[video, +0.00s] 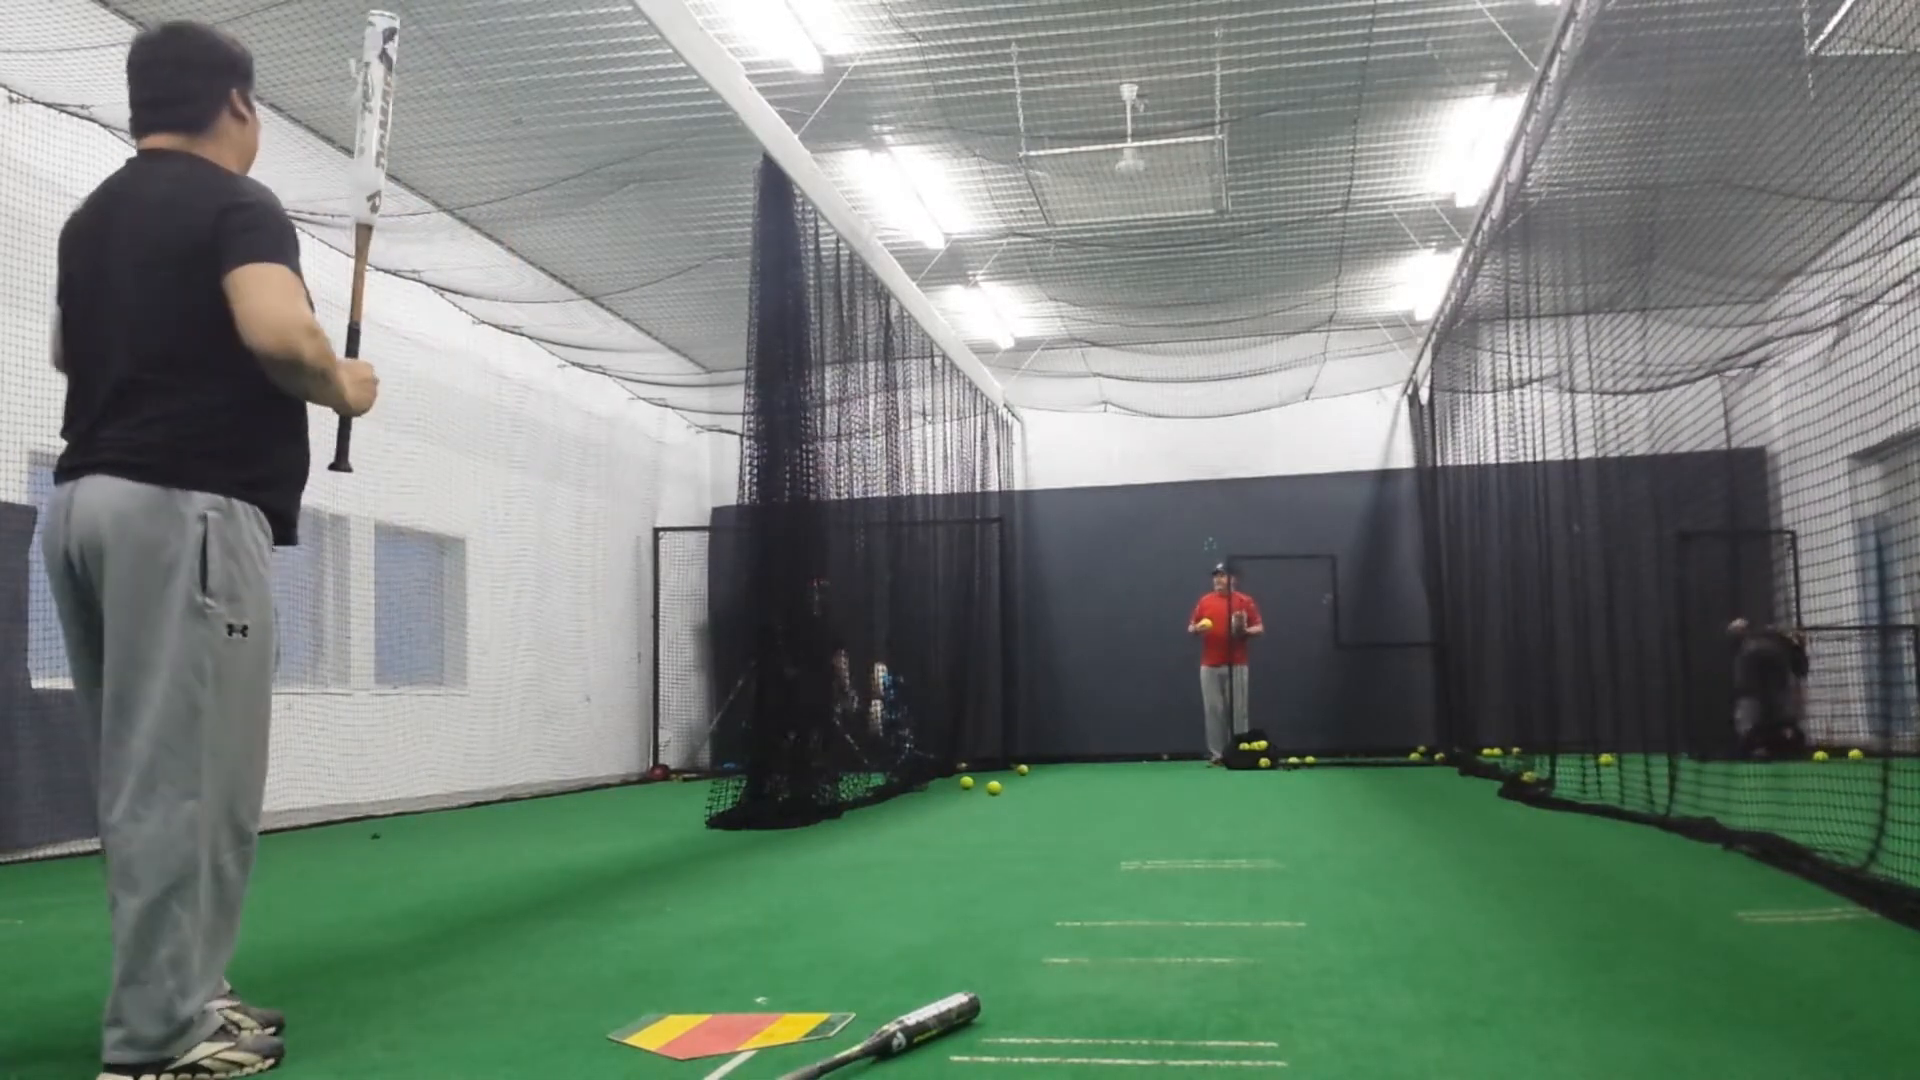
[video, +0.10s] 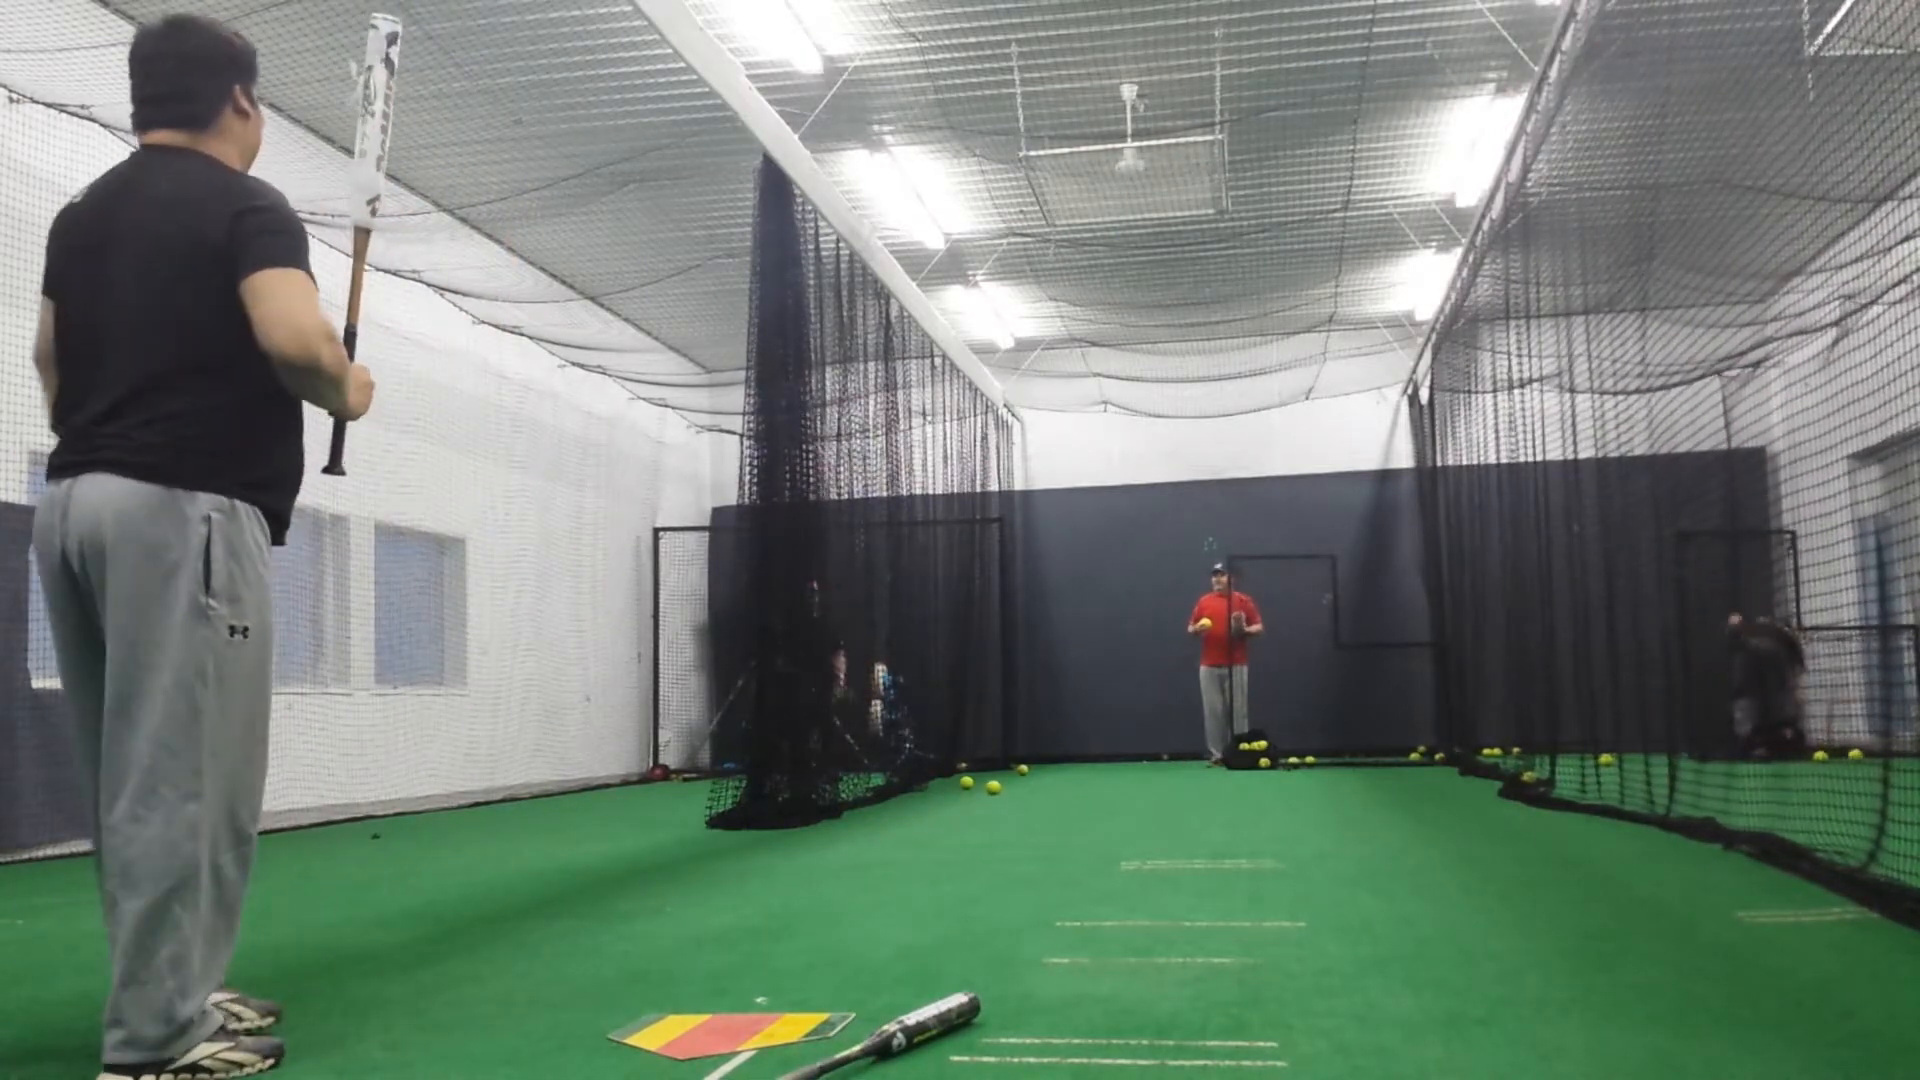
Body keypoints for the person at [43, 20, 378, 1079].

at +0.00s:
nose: (259, 127)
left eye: (254, 110)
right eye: (255, 109)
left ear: (148, 114)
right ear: (231, 107)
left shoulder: (89, 217)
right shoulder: (237, 201)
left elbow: (83, 370)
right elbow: (274, 332)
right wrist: (339, 382)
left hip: (85, 510)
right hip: (185, 515)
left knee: (144, 768)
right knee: (190, 776)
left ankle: (175, 994)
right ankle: (157, 1031)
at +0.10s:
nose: (260, 123)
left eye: (256, 106)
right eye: (257, 106)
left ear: (147, 108)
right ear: (234, 104)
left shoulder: (81, 212)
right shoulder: (247, 203)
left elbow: (52, 370)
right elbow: (290, 337)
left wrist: (106, 444)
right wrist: (344, 385)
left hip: (73, 510)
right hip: (182, 516)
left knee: (132, 769)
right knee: (186, 773)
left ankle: (167, 992)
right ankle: (156, 1033)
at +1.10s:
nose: (163, 120)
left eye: (158, 103)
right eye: (159, 103)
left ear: (38, 109)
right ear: (137, 101)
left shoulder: (2, 194)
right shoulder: (182, 204)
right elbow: (260, 349)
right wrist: (198, 397)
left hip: (5, 510)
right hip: (113, 511)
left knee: (6, 787)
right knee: (145, 779)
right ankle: (159, 1035)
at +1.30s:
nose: (118, 130)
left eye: (113, 113)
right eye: (113, 112)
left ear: (11, 109)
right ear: (87, 104)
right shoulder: (127, 205)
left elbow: (207, 350)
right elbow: (213, 349)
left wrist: (135, 387)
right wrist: (144, 396)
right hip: (64, 509)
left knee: (12, 790)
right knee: (114, 777)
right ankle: (156, 1032)